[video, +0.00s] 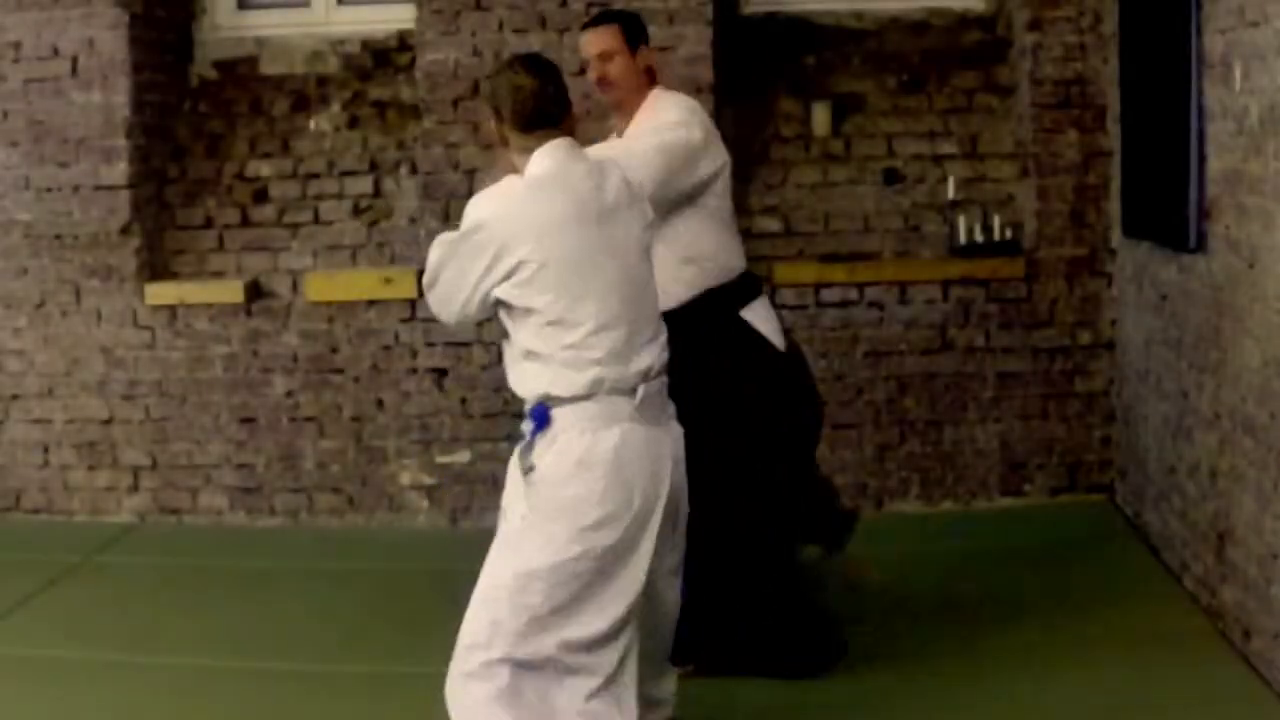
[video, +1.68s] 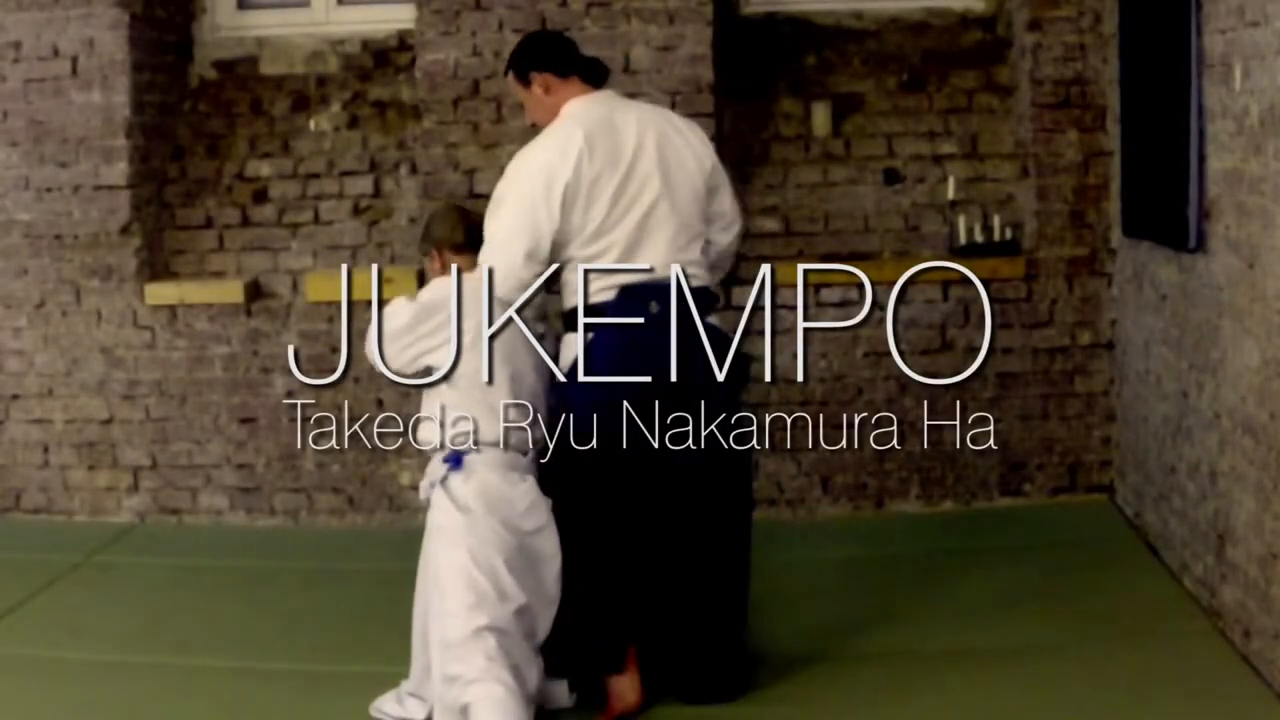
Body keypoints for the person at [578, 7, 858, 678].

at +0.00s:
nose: (596, 75)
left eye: (607, 59)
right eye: (588, 65)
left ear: (645, 59)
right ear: (590, 76)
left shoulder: (676, 120)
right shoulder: (625, 136)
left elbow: (618, 188)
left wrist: (545, 172)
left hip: (723, 332)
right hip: (676, 334)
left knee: (734, 501)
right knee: (706, 499)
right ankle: (718, 640)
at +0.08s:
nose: (593, 74)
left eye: (602, 59)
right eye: (587, 64)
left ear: (640, 53)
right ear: (620, 62)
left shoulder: (665, 114)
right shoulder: (645, 115)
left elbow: (592, 193)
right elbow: (595, 192)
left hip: (709, 304)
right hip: (692, 301)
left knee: (725, 476)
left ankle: (749, 632)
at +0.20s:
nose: (593, 82)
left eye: (600, 65)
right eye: (588, 70)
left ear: (641, 53)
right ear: (651, 59)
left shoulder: (650, 121)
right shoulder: (716, 115)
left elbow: (600, 213)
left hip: (686, 295)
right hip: (744, 293)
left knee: (705, 470)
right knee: (765, 454)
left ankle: (729, 641)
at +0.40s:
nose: (595, 90)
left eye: (598, 72)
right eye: (588, 77)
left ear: (639, 58)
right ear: (651, 63)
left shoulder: (660, 123)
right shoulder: (707, 116)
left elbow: (640, 226)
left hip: (689, 293)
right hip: (737, 291)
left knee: (679, 473)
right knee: (716, 469)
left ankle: (703, 642)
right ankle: (719, 634)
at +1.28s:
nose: (549, 112)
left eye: (545, 96)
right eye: (543, 99)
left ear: (567, 78)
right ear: (611, 72)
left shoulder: (565, 154)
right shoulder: (707, 128)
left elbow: (548, 282)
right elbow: (756, 243)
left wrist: (575, 351)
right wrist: (725, 314)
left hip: (616, 345)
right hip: (711, 338)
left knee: (603, 504)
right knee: (712, 501)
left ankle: (618, 671)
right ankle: (711, 665)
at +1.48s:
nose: (540, 113)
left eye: (537, 98)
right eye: (535, 100)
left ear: (559, 80)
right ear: (600, 73)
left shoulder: (559, 153)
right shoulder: (698, 129)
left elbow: (525, 282)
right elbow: (745, 242)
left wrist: (546, 347)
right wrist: (719, 317)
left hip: (607, 344)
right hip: (702, 338)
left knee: (598, 505)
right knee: (706, 503)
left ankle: (613, 669)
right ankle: (708, 665)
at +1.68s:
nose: (528, 116)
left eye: (525, 100)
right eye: (524, 102)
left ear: (546, 84)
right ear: (586, 75)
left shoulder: (549, 154)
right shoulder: (683, 131)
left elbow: (507, 273)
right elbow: (726, 227)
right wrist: (687, 285)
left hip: (603, 345)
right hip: (692, 337)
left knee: (597, 507)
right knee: (695, 502)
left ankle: (616, 672)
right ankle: (704, 664)